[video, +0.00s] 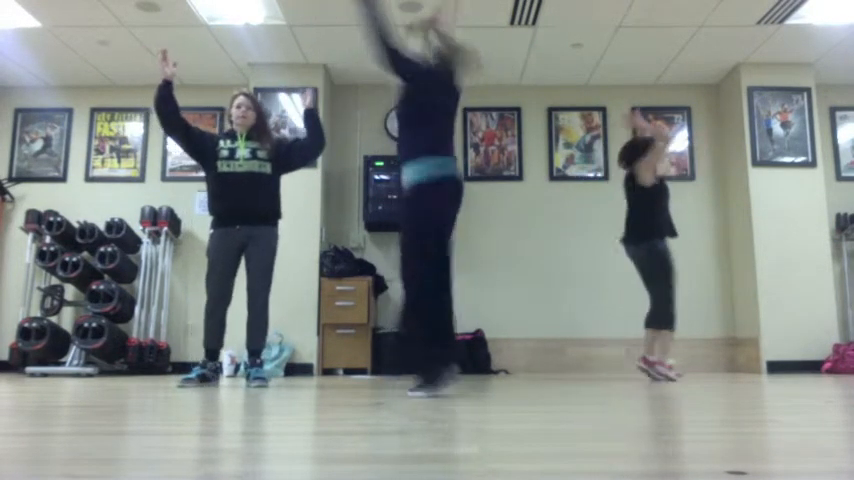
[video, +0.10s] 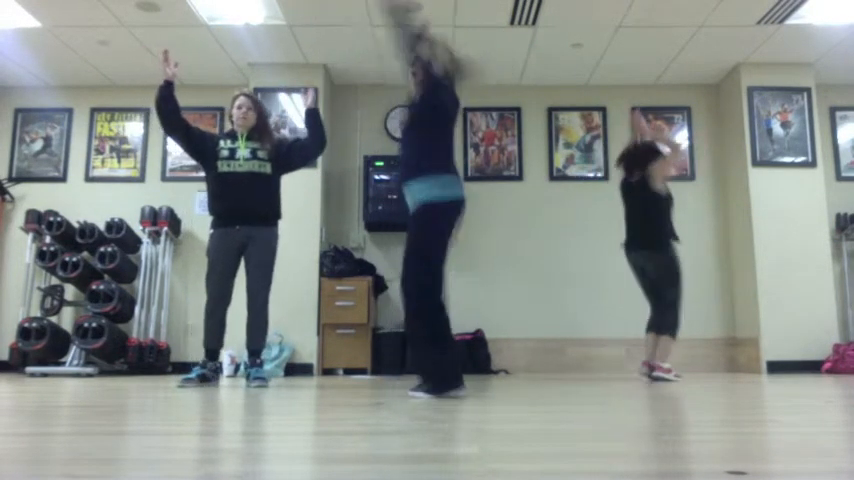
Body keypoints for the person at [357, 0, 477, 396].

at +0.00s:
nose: (414, 48)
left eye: (418, 45)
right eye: (419, 43)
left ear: (424, 52)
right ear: (449, 58)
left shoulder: (422, 78)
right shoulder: (446, 83)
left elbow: (388, 50)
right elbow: (442, 57)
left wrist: (368, 5)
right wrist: (433, 28)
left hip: (426, 185)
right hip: (443, 183)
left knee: (419, 273)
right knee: (433, 271)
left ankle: (432, 367)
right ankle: (440, 361)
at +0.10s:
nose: (412, 77)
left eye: (416, 71)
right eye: (412, 71)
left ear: (427, 73)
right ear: (435, 73)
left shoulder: (436, 99)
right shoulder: (433, 101)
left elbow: (428, 61)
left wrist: (414, 28)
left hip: (435, 199)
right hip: (434, 199)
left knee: (418, 286)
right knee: (423, 286)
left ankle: (439, 377)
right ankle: (442, 374)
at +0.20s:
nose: (424, 66)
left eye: (431, 61)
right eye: (421, 61)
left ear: (445, 65)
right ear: (416, 67)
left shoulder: (456, 96)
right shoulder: (413, 105)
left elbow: (489, 66)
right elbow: (387, 88)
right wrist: (390, 50)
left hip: (445, 200)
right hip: (419, 203)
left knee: (430, 283)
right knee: (417, 283)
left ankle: (438, 373)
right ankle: (433, 370)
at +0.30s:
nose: (429, 47)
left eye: (436, 41)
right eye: (425, 42)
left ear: (448, 48)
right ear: (420, 50)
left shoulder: (464, 83)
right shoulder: (412, 90)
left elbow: (506, 61)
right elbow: (379, 76)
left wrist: (506, 18)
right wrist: (382, 30)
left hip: (451, 189)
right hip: (418, 191)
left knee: (446, 271)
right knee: (421, 270)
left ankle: (445, 363)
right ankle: (425, 362)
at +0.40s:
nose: (443, 46)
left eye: (450, 41)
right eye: (437, 42)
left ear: (462, 48)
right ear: (431, 51)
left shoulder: (478, 86)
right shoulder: (417, 87)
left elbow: (528, 84)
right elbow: (372, 74)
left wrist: (531, 32)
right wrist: (379, 26)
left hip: (464, 186)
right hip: (422, 187)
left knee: (467, 275)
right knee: (425, 278)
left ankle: (483, 363)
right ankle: (430, 368)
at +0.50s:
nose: (449, 61)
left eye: (455, 54)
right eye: (443, 55)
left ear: (466, 61)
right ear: (436, 62)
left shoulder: (480, 103)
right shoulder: (422, 100)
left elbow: (533, 110)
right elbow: (370, 89)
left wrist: (537, 64)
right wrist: (382, 44)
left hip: (468, 199)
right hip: (425, 199)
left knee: (474, 283)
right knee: (425, 284)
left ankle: (490, 372)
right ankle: (431, 372)